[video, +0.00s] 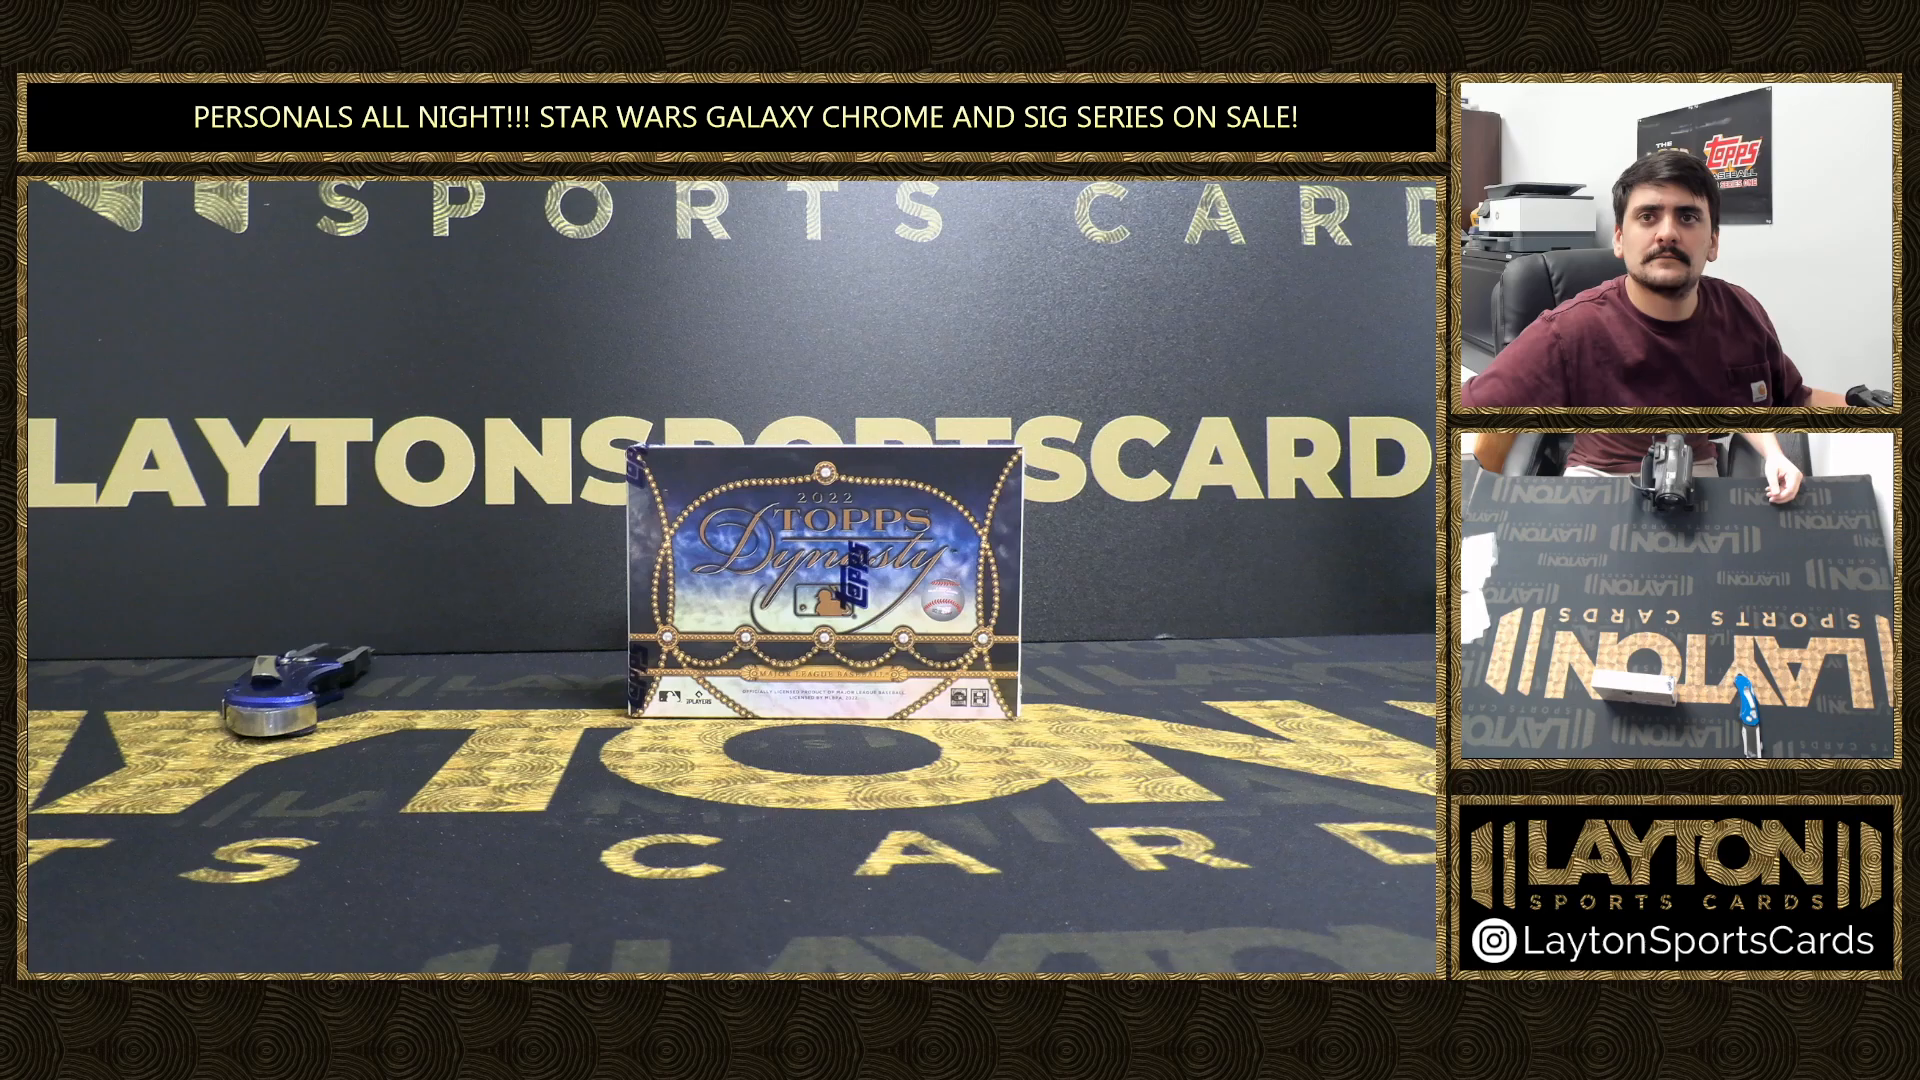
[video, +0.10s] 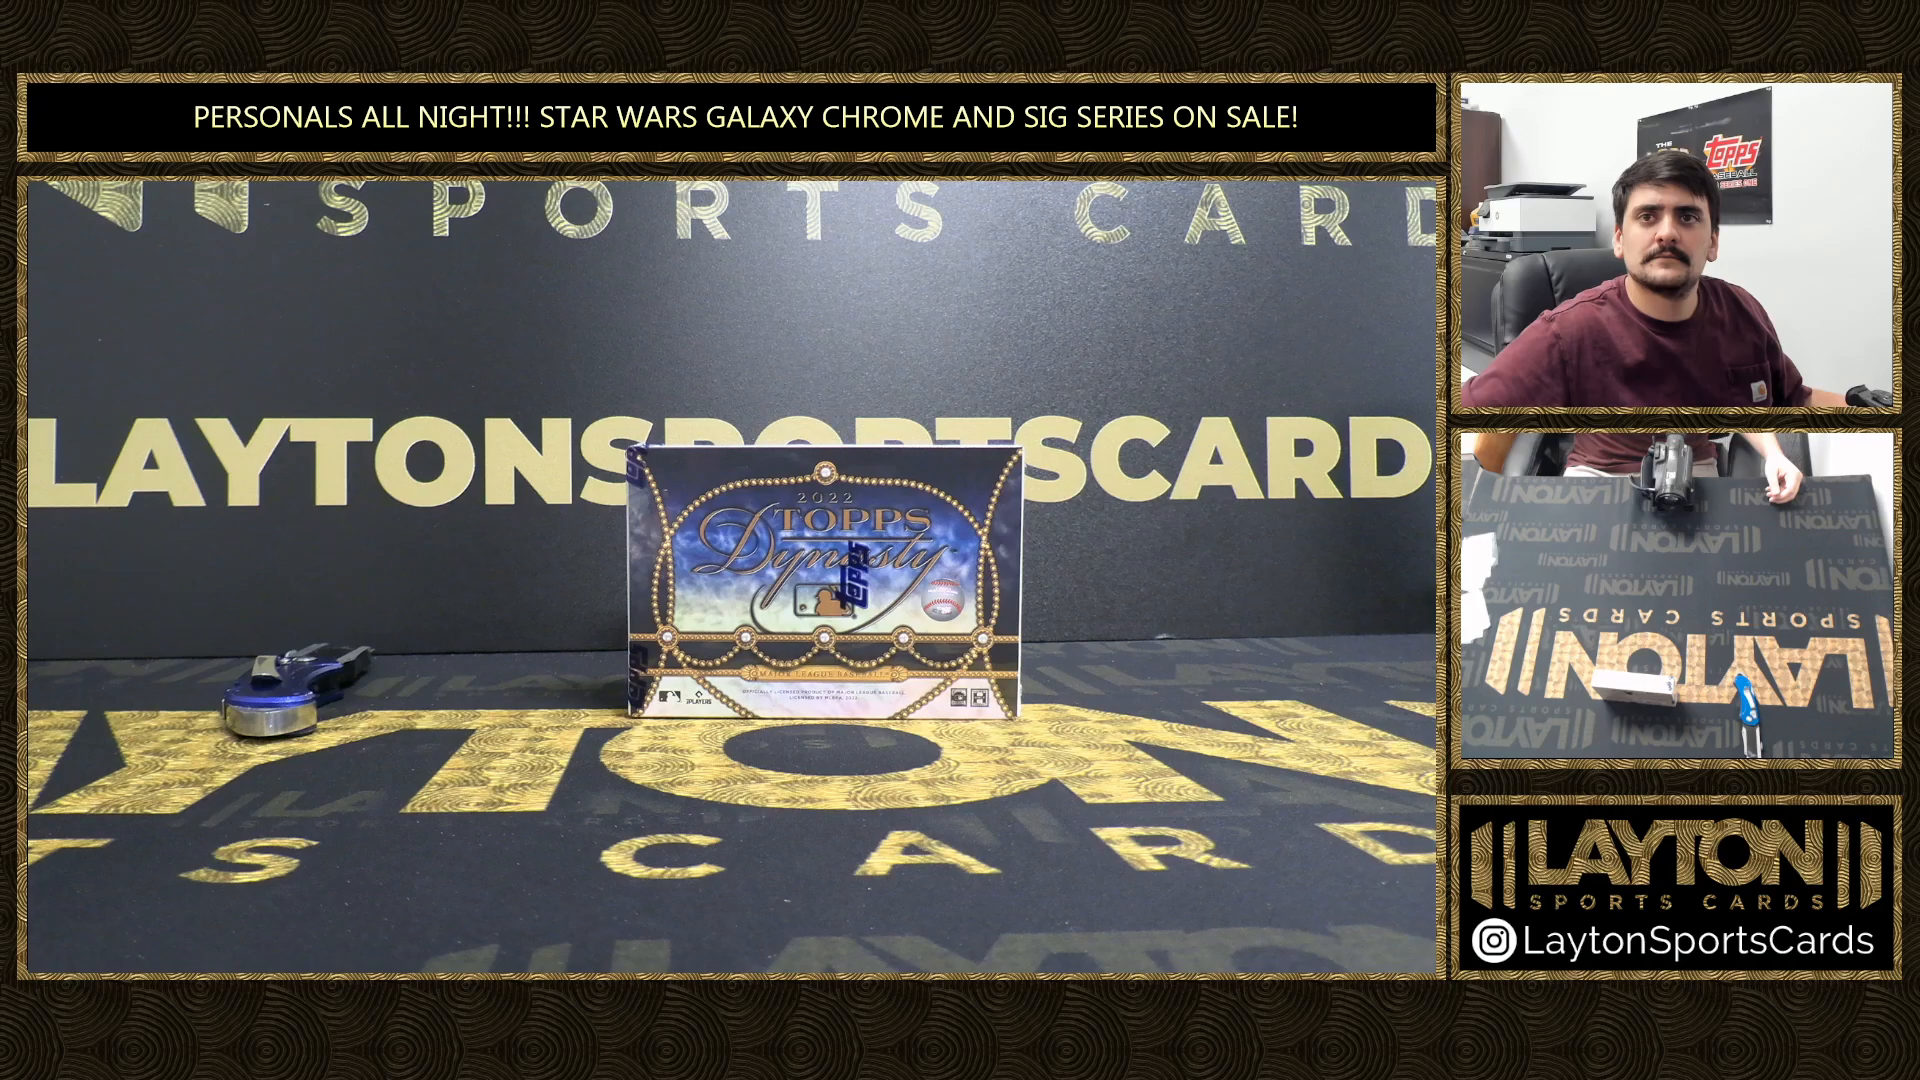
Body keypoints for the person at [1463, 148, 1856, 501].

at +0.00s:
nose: (1667, 232)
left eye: (1686, 218)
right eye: (1647, 217)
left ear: (1712, 246)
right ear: (1620, 242)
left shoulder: (1737, 312)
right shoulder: (1571, 330)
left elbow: (1793, 400)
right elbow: (1475, 434)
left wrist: (1878, 416)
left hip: (1708, 506)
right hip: (1593, 510)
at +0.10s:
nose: (1667, 232)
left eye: (1686, 217)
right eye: (1647, 217)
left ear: (1712, 244)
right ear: (1619, 241)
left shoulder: (1737, 312)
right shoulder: (1571, 331)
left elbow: (1791, 401)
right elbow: (1478, 437)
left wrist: (1883, 412)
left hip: (1708, 503)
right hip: (1594, 505)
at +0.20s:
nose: (1666, 231)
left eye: (1686, 216)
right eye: (1647, 215)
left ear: (1712, 244)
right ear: (1619, 241)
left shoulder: (1737, 312)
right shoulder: (1572, 330)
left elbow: (1791, 401)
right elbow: (1479, 433)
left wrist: (1882, 415)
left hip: (1707, 502)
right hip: (1593, 503)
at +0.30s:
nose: (1666, 227)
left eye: (1686, 213)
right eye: (1647, 212)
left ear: (1712, 243)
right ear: (1619, 239)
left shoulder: (1737, 311)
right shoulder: (1571, 330)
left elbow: (1792, 401)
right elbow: (1479, 425)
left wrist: (1887, 420)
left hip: (1708, 502)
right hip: (1594, 504)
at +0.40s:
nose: (1668, 225)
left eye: (1687, 211)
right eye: (1649, 210)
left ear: (1712, 242)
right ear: (1620, 238)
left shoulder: (1736, 310)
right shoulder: (1572, 328)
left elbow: (1792, 399)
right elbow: (1477, 429)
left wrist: (1882, 417)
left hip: (1708, 505)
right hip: (1593, 507)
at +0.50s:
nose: (1674, 223)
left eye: (1693, 209)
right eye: (1655, 208)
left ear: (1715, 238)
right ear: (1624, 234)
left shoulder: (1738, 310)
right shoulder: (1576, 323)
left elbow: (1789, 400)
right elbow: (1488, 446)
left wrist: (1876, 410)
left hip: (1710, 507)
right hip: (1596, 508)